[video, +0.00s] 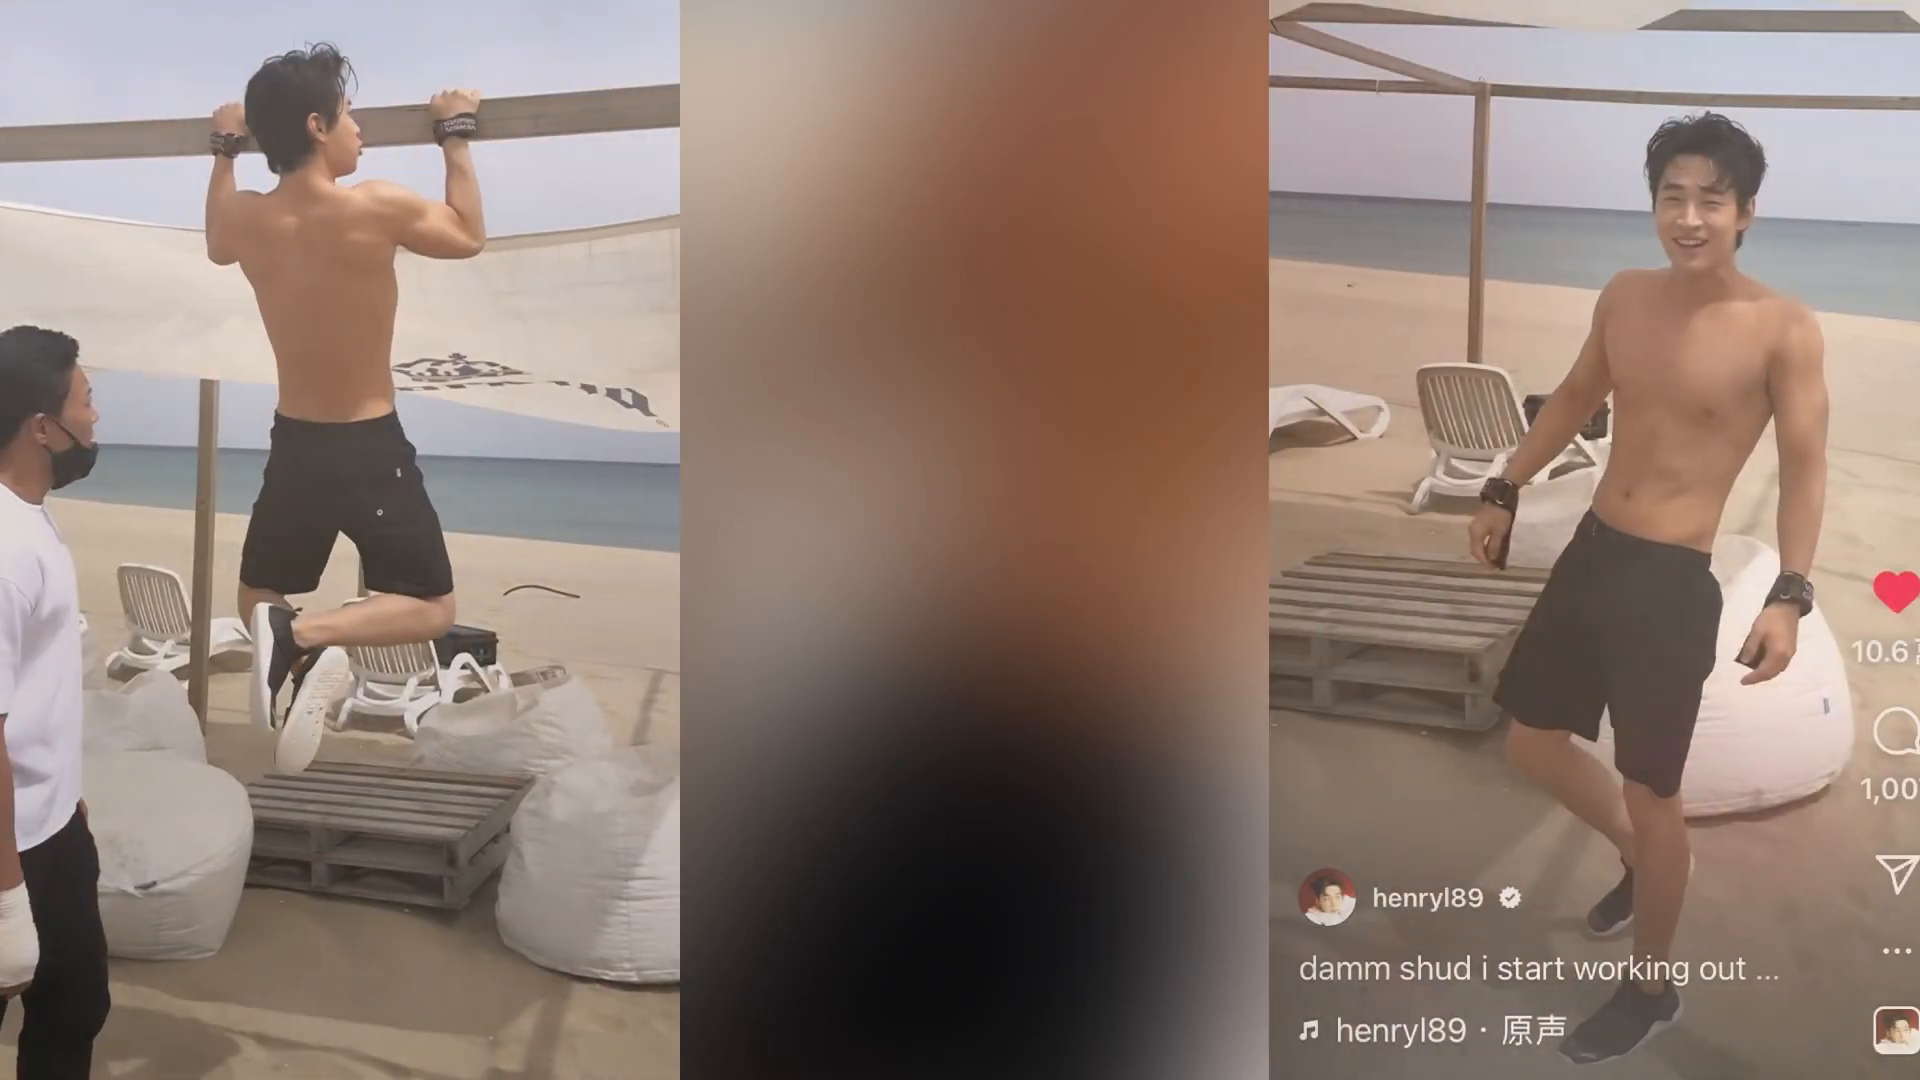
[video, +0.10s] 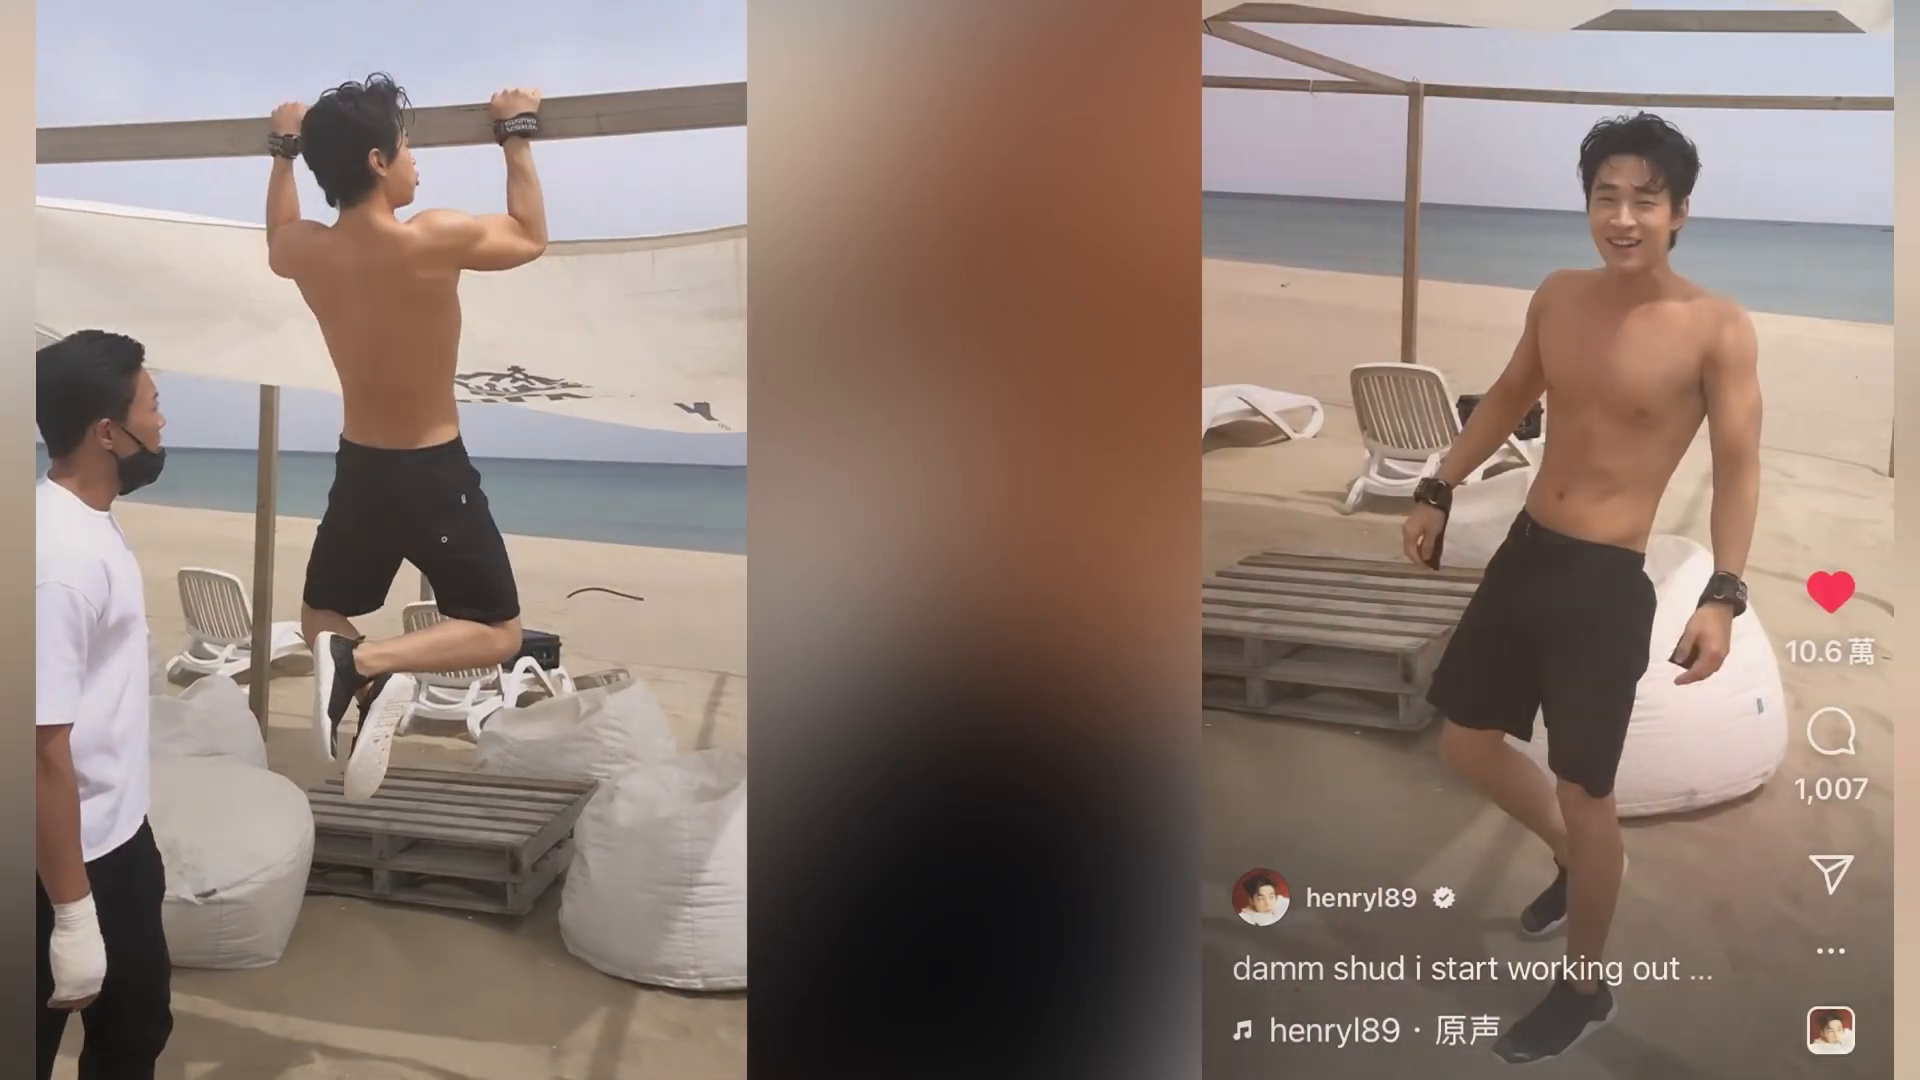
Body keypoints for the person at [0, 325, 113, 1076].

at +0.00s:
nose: (96, 413)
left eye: (90, 396)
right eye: (84, 399)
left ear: (41, 428)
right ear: (42, 428)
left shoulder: (32, 524)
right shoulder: (14, 549)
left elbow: (33, 706)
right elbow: (5, 742)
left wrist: (74, 819)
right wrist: (10, 893)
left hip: (53, 832)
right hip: (29, 852)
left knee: (72, 1010)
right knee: (67, 1017)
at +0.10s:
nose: (163, 424)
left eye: (157, 407)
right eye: (152, 409)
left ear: (101, 429)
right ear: (107, 430)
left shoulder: (86, 526)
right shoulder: (56, 556)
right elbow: (45, 756)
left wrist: (132, 844)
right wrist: (74, 915)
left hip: (111, 847)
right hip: (78, 866)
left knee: (133, 1030)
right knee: (127, 1041)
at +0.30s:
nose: (262, 433)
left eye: (255, 416)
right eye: (249, 420)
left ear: (199, 443)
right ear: (204, 444)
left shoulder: (186, 541)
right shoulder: (155, 577)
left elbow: (191, 734)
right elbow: (147, 773)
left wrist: (237, 871)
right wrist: (184, 937)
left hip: (217, 878)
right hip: (185, 898)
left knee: (232, 1057)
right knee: (212, 1064)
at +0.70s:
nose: (307, 454)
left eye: (300, 439)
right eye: (296, 444)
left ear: (249, 479)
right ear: (253, 479)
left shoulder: (253, 582)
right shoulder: (206, 619)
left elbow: (256, 764)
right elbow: (199, 839)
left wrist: (313, 864)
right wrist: (270, 1013)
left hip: (280, 945)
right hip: (237, 968)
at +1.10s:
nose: (270, 482)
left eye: (264, 461)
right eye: (262, 465)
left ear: (220, 503)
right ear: (221, 501)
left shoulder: (215, 624)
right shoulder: (187, 649)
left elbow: (208, 807)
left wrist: (275, 891)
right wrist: (192, 1046)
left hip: (237, 1011)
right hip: (211, 1033)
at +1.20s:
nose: (258, 490)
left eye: (251, 469)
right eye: (249, 472)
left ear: (209, 511)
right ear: (211, 509)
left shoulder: (200, 637)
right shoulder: (170, 651)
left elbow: (197, 804)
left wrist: (279, 886)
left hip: (219, 1027)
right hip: (206, 1039)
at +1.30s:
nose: (245, 500)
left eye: (241, 475)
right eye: (239, 476)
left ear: (199, 504)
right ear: (200, 501)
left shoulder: (183, 649)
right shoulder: (159, 658)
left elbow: (185, 807)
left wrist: (290, 872)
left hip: (209, 1025)